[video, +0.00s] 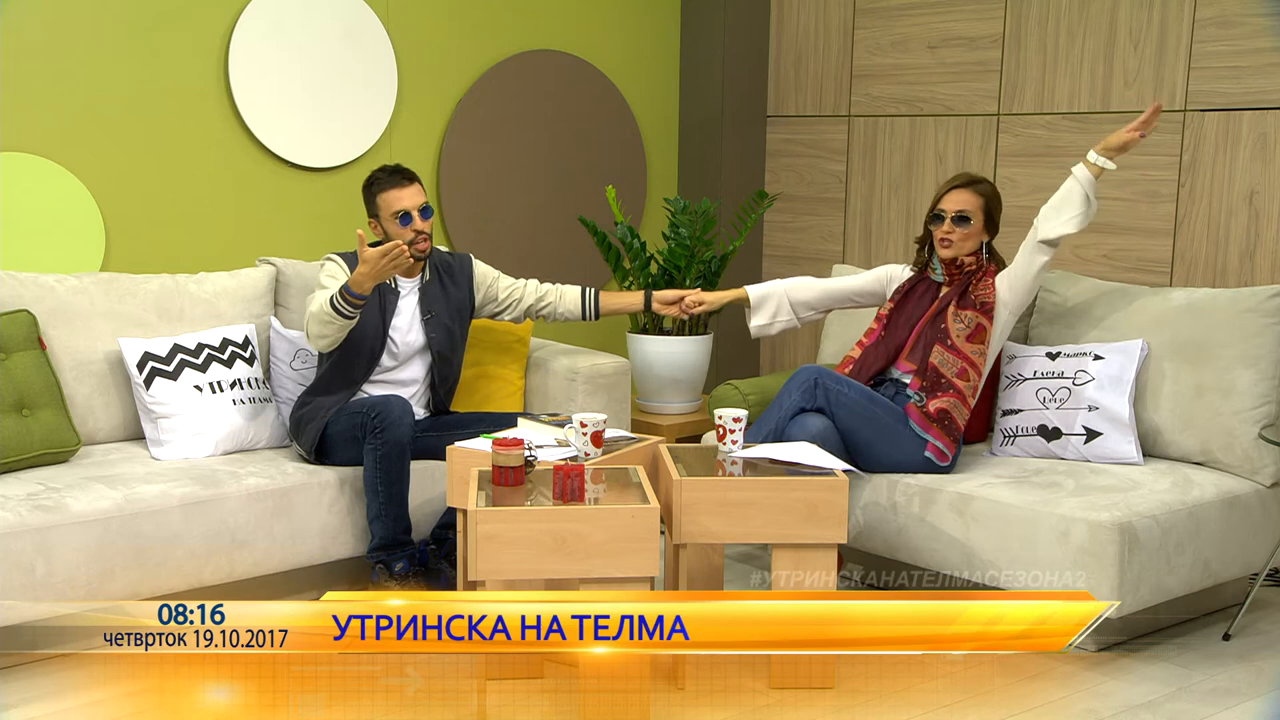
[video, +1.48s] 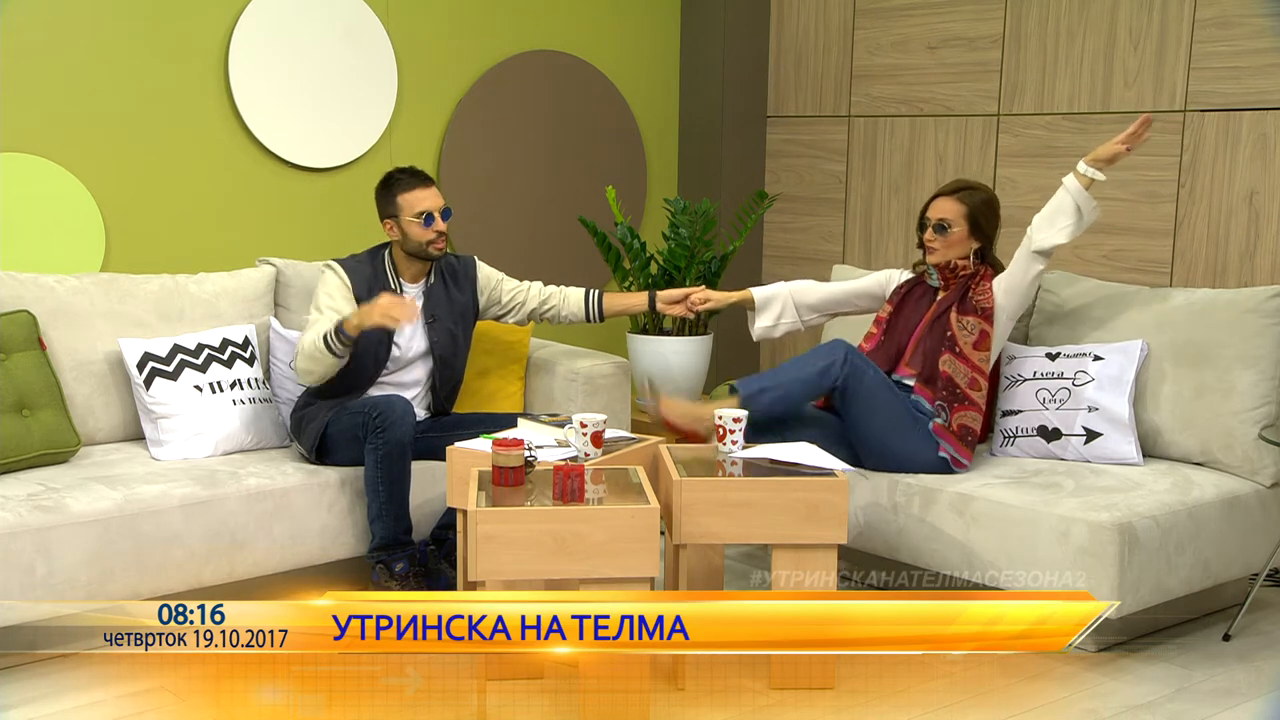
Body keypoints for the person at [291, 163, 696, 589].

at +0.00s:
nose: (419, 226)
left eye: (424, 212)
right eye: (402, 218)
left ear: (433, 212)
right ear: (374, 227)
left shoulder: (460, 273)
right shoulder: (345, 271)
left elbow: (543, 299)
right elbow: (319, 337)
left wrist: (650, 299)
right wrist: (361, 284)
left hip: (417, 421)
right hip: (332, 423)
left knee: (515, 430)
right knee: (393, 411)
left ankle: (443, 549)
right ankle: (393, 558)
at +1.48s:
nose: (440, 227)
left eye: (443, 215)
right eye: (424, 219)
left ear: (449, 216)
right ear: (390, 228)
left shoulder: (464, 276)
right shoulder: (345, 280)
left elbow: (547, 301)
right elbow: (307, 369)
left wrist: (654, 300)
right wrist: (354, 323)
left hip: (417, 421)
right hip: (331, 422)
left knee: (515, 431)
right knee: (393, 410)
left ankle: (444, 550)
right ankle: (392, 559)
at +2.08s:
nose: (434, 230)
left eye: (434, 218)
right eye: (421, 221)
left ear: (435, 216)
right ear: (381, 230)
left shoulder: (449, 276)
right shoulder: (329, 285)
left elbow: (523, 318)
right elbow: (306, 382)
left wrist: (625, 342)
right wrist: (369, 386)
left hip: (419, 422)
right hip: (331, 426)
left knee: (520, 431)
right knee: (392, 415)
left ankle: (441, 551)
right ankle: (391, 559)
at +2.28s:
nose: (425, 234)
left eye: (427, 221)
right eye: (411, 225)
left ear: (429, 221)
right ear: (375, 231)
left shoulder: (445, 276)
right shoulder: (325, 289)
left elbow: (520, 318)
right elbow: (308, 386)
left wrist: (623, 338)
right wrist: (368, 388)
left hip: (421, 422)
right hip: (334, 427)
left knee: (519, 431)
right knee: (392, 416)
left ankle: (444, 550)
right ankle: (395, 560)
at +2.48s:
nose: (412, 230)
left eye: (418, 220)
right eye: (397, 221)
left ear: (425, 224)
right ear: (368, 227)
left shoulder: (445, 277)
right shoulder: (328, 291)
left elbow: (516, 324)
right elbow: (314, 387)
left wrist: (618, 351)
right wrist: (370, 388)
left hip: (426, 420)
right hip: (341, 427)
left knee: (524, 429)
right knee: (394, 415)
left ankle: (445, 550)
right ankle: (399, 559)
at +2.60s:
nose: (403, 228)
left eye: (413, 218)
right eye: (389, 218)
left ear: (422, 226)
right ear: (368, 226)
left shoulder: (448, 279)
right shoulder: (331, 291)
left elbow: (519, 324)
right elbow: (316, 387)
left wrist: (618, 349)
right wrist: (375, 388)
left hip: (428, 420)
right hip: (344, 426)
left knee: (525, 430)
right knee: (396, 413)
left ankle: (445, 551)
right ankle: (402, 558)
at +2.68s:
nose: (400, 229)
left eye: (411, 219)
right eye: (388, 218)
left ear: (423, 227)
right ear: (369, 226)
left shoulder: (449, 281)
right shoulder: (333, 291)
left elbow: (521, 322)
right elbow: (318, 387)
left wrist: (620, 345)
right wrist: (377, 388)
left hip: (429, 420)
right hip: (345, 426)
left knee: (526, 429)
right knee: (397, 414)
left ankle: (447, 549)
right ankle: (403, 557)